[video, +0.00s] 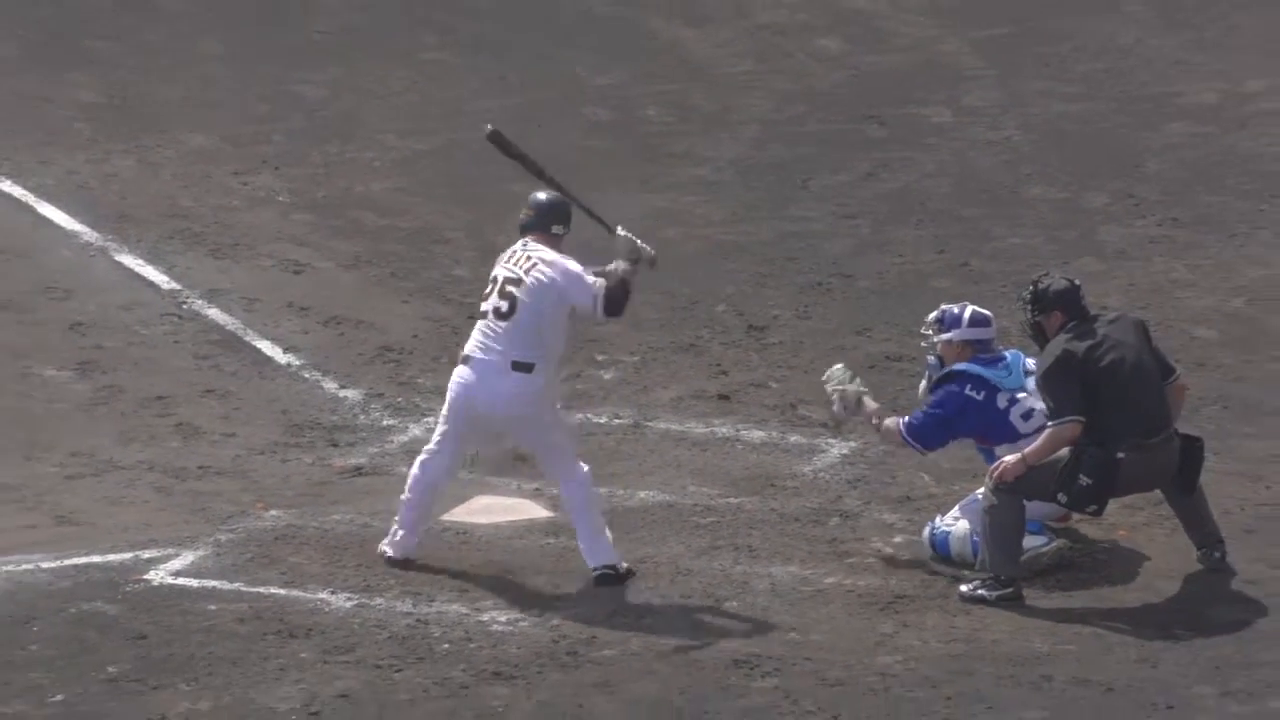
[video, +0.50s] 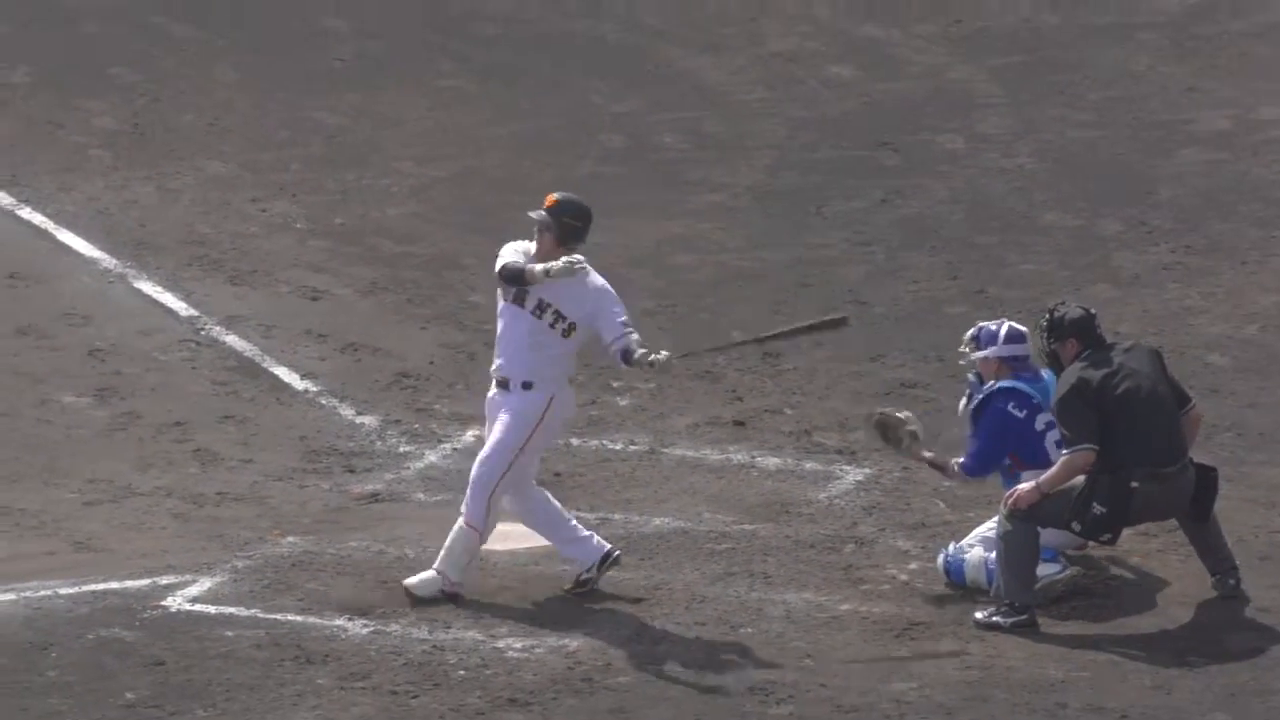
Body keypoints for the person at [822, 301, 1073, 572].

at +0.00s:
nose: (935, 348)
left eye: (940, 341)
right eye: (937, 341)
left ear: (960, 348)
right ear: (983, 343)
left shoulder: (961, 391)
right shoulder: (1018, 361)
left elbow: (910, 434)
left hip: (1039, 489)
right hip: (1078, 468)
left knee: (940, 533)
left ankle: (1032, 544)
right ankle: (1055, 513)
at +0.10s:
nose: (938, 345)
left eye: (944, 338)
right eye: (940, 337)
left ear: (964, 343)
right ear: (985, 340)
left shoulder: (959, 384)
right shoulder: (1021, 358)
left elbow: (894, 407)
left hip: (1038, 484)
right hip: (1080, 463)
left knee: (944, 532)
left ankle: (1033, 541)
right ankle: (1059, 510)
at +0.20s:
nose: (946, 352)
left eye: (951, 345)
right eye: (947, 345)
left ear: (968, 344)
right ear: (994, 340)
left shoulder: (963, 377)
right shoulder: (1031, 358)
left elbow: (891, 383)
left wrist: (829, 354)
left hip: (1035, 487)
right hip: (1077, 472)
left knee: (945, 533)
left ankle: (1035, 542)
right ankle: (1060, 516)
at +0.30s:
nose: (954, 351)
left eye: (960, 344)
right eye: (955, 344)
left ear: (978, 346)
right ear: (1005, 343)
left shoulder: (974, 381)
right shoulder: (1040, 362)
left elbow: (903, 398)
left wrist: (840, 369)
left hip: (1040, 494)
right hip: (1080, 480)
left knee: (948, 538)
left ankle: (1037, 548)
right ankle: (1062, 522)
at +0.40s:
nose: (965, 353)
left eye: (970, 347)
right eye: (966, 347)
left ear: (988, 352)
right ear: (1010, 349)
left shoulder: (989, 390)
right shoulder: (1041, 369)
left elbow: (927, 435)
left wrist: (869, 410)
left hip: (1048, 502)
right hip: (1080, 488)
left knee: (950, 546)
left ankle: (1037, 557)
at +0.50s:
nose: (976, 365)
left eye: (980, 359)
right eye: (977, 358)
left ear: (996, 362)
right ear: (1018, 358)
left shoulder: (1004, 403)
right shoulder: (1038, 381)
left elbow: (975, 467)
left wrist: (927, 457)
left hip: (1050, 519)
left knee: (954, 561)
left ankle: (1041, 570)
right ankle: (1049, 558)